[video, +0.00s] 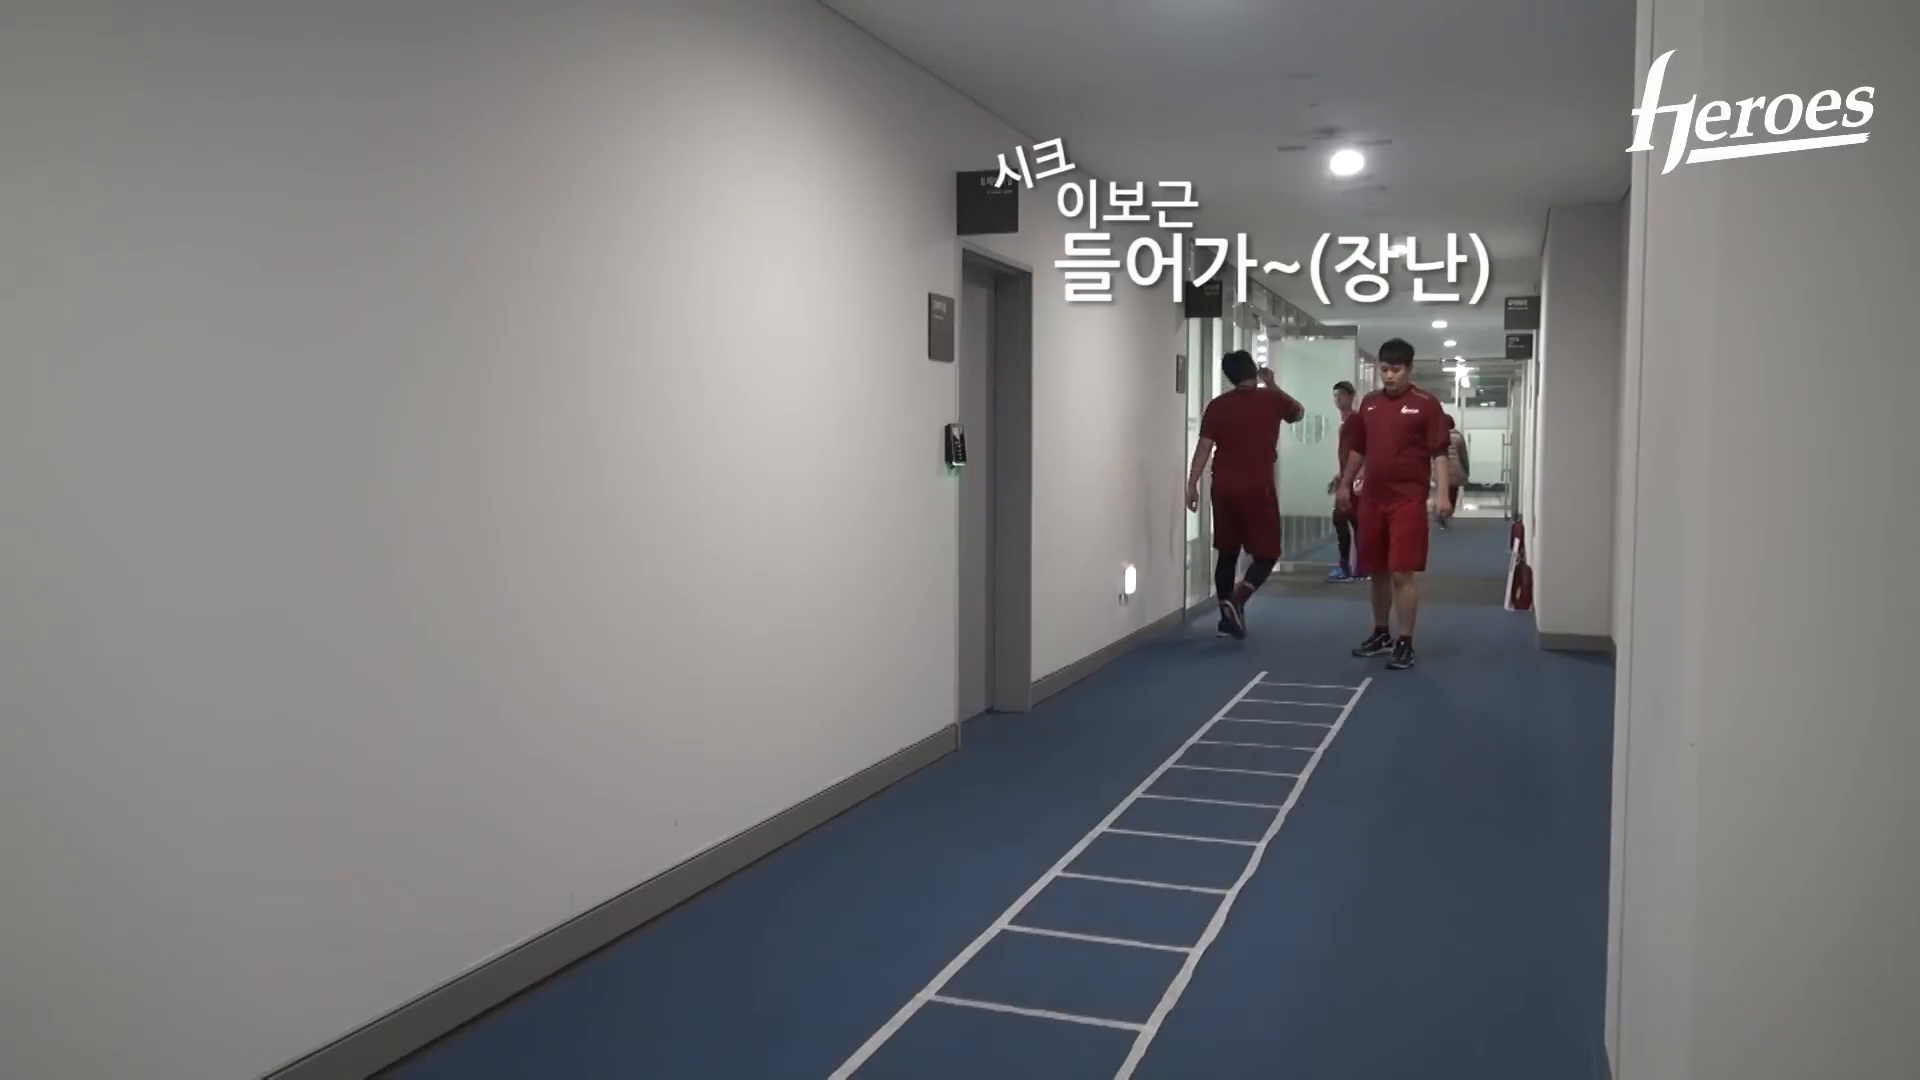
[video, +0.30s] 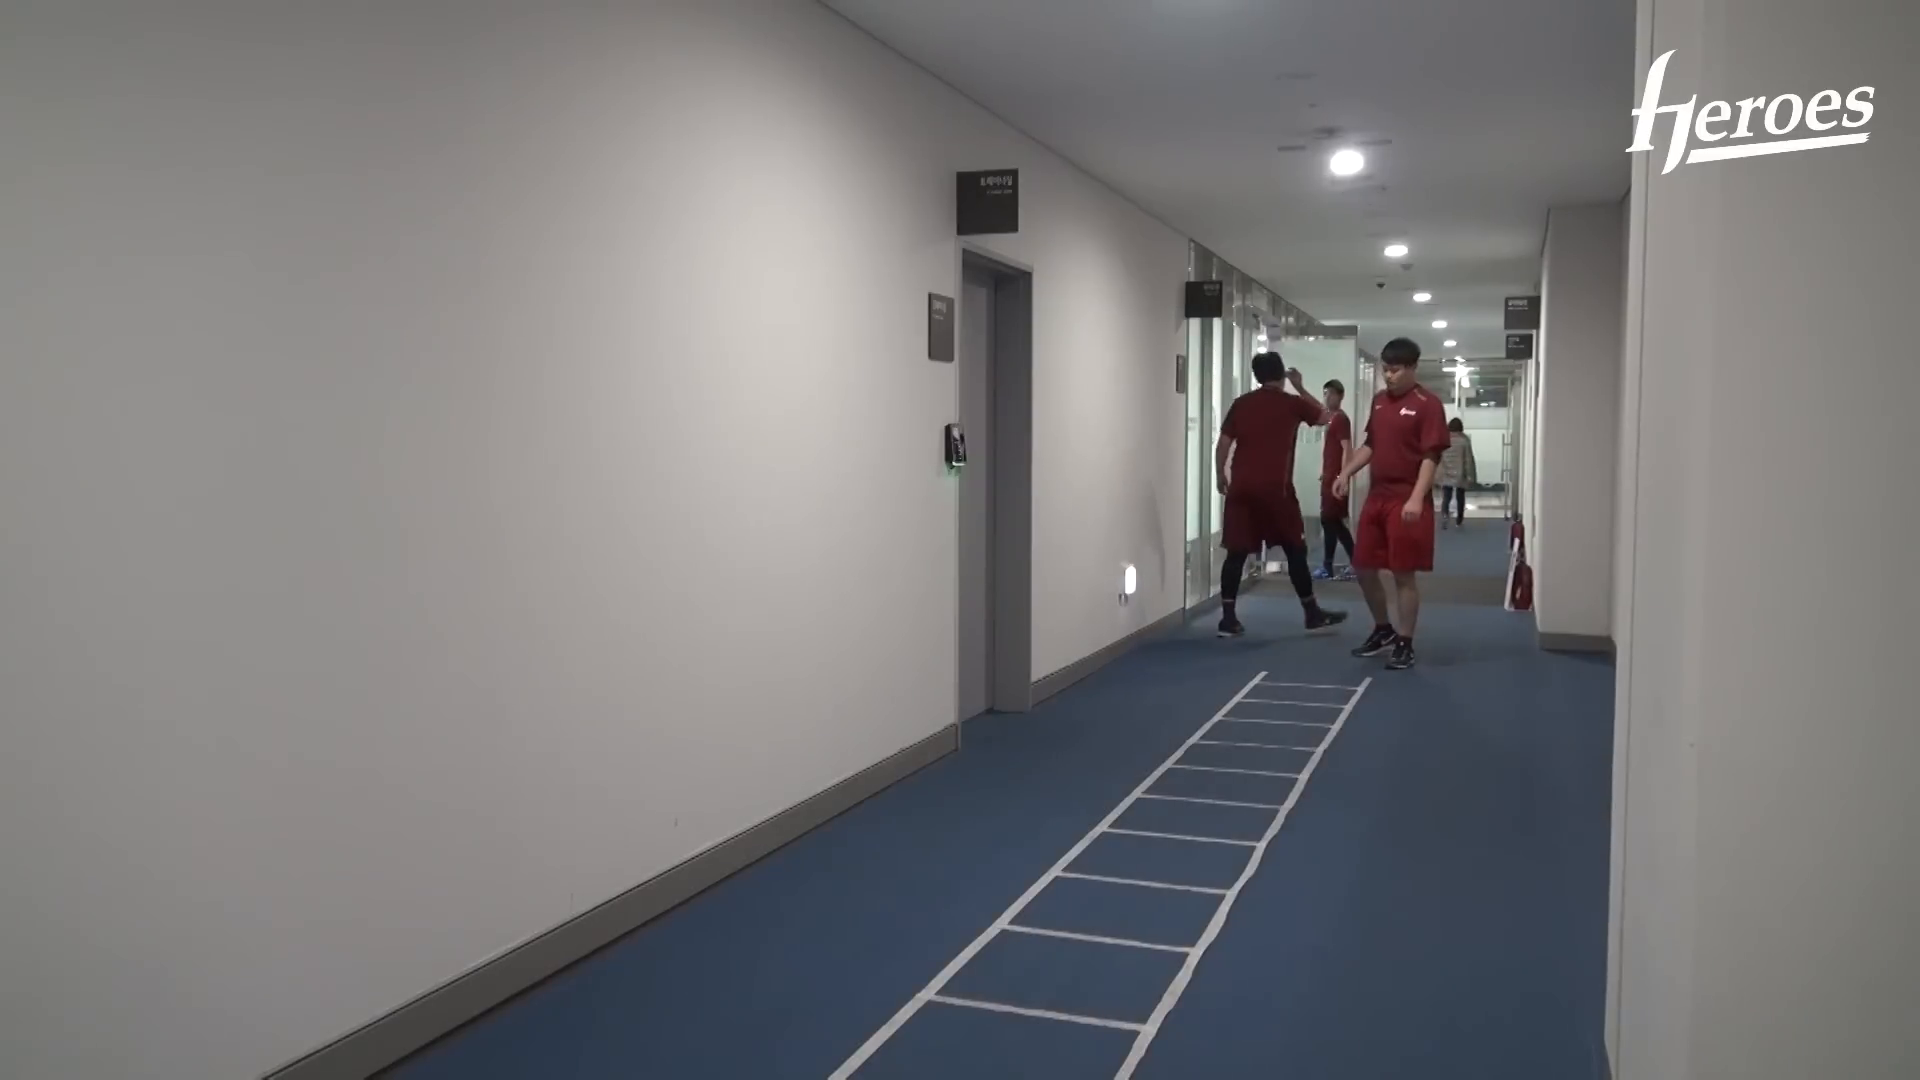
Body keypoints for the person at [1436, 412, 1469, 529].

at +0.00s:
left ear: (1441, 425)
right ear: (1453, 424)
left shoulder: (1438, 436)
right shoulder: (1458, 436)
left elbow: (1434, 456)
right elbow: (1463, 456)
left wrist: (1432, 471)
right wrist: (1466, 472)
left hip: (1441, 468)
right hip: (1455, 469)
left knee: (1442, 492)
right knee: (1453, 494)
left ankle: (1441, 513)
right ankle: (1447, 514)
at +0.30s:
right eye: (1459, 427)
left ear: (1449, 426)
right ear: (1461, 427)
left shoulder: (1444, 438)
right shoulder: (1464, 440)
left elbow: (1438, 457)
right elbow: (1468, 460)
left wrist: (1435, 475)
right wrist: (1471, 476)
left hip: (1445, 472)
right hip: (1460, 473)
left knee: (1446, 496)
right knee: (1460, 498)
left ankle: (1444, 517)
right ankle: (1459, 520)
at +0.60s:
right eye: (1467, 425)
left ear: (1456, 425)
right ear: (1469, 426)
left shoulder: (1451, 438)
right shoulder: (1473, 439)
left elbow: (1444, 454)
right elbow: (1480, 457)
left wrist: (1439, 467)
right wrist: (1481, 474)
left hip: (1452, 469)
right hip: (1466, 470)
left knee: (1455, 493)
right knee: (1462, 495)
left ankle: (1456, 514)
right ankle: (1459, 518)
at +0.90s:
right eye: (1472, 425)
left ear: (1462, 425)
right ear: (1474, 426)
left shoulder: (1457, 437)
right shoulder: (1477, 437)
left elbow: (1450, 456)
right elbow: (1483, 457)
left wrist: (1445, 473)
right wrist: (1487, 474)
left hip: (1460, 470)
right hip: (1474, 471)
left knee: (1460, 494)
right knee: (1472, 492)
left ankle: (1460, 516)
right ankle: (1468, 510)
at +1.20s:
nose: (1482, 429)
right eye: (1482, 428)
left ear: (1470, 427)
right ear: (1481, 428)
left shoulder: (1465, 440)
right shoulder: (1484, 441)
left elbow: (1459, 455)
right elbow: (1490, 459)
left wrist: (1460, 467)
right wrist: (1492, 474)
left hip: (1467, 471)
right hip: (1481, 472)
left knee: (1466, 494)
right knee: (1483, 495)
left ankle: (1464, 514)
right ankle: (1483, 516)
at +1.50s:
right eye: (1487, 425)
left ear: (1475, 425)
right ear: (1487, 426)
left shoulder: (1470, 437)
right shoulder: (1490, 438)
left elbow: (1464, 453)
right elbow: (1496, 456)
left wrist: (1461, 466)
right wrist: (1498, 471)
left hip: (1472, 469)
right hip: (1485, 469)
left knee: (1476, 491)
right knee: (1484, 492)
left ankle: (1479, 513)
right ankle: (1482, 514)